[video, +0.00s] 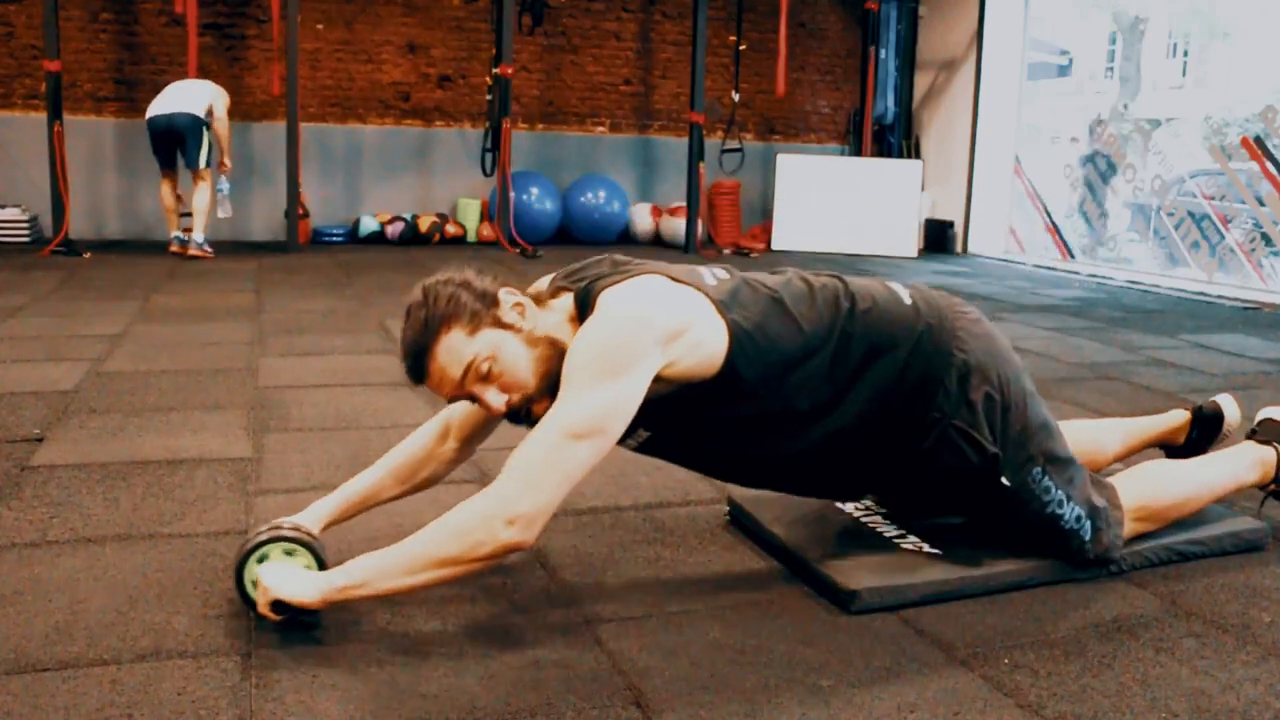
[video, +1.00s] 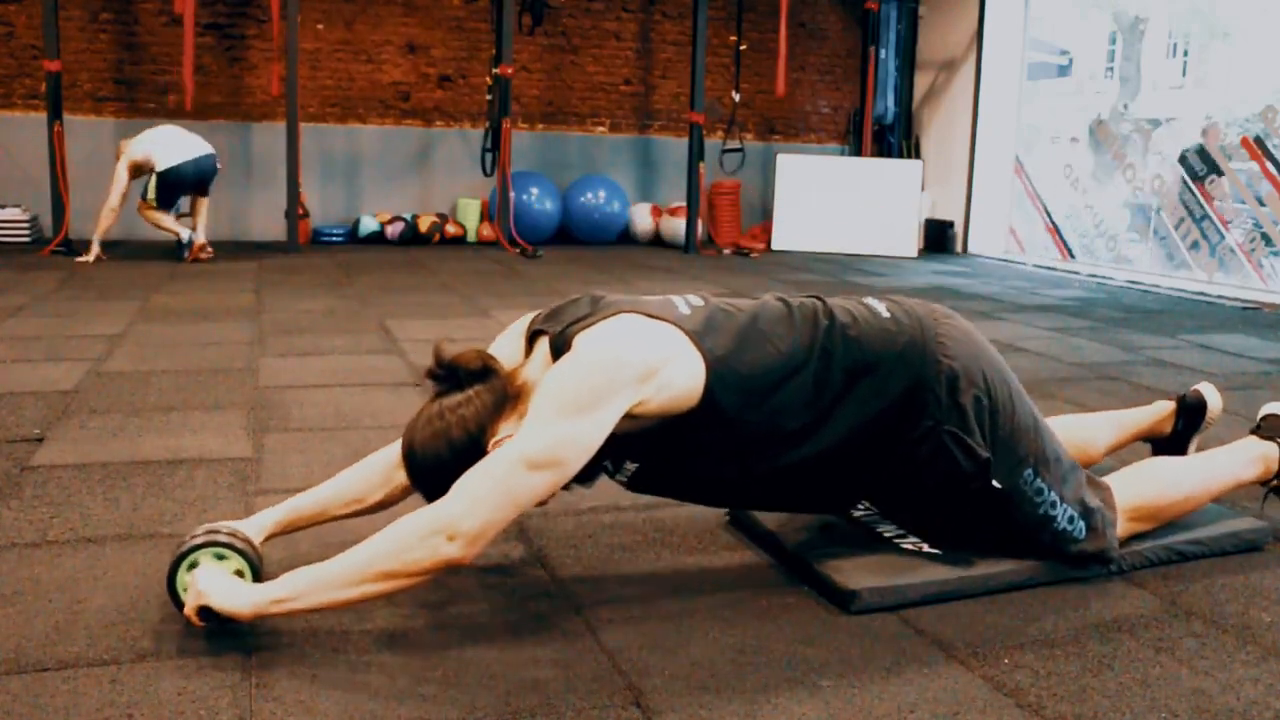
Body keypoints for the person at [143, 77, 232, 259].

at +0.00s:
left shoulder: (177, 87)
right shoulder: (218, 91)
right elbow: (219, 118)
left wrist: (173, 190)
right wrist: (224, 155)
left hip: (156, 117)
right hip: (190, 117)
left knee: (167, 176)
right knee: (202, 179)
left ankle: (175, 235)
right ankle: (198, 239)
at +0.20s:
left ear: (186, 81)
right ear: (208, 83)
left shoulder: (170, 90)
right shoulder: (216, 91)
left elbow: (148, 141)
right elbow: (225, 127)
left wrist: (147, 182)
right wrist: (222, 161)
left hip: (166, 121)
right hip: (200, 120)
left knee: (169, 180)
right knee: (208, 180)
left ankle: (175, 237)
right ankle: (201, 239)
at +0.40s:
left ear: (169, 95)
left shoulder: (163, 102)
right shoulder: (209, 95)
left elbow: (143, 150)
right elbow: (229, 133)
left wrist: (130, 191)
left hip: (179, 124)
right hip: (214, 123)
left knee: (168, 177)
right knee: (211, 180)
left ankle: (170, 238)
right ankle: (201, 241)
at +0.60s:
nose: (159, 147)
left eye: (157, 144)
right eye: (160, 146)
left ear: (153, 131)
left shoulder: (151, 123)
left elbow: (134, 169)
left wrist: (118, 207)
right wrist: (200, 212)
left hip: (189, 129)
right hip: (222, 125)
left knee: (172, 187)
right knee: (212, 183)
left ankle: (196, 236)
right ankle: (203, 239)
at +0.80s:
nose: (147, 166)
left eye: (143, 160)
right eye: (145, 162)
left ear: (138, 146)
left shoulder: (141, 143)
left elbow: (119, 195)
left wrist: (98, 231)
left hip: (191, 145)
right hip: (223, 140)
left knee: (162, 195)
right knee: (206, 190)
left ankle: (198, 241)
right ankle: (202, 242)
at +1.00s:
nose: (130, 172)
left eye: (123, 162)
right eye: (124, 164)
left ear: (124, 153)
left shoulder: (128, 154)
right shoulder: (169, 133)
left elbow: (113, 205)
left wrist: (96, 240)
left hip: (173, 168)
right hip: (208, 160)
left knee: (146, 209)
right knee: (201, 195)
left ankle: (185, 236)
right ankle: (200, 239)